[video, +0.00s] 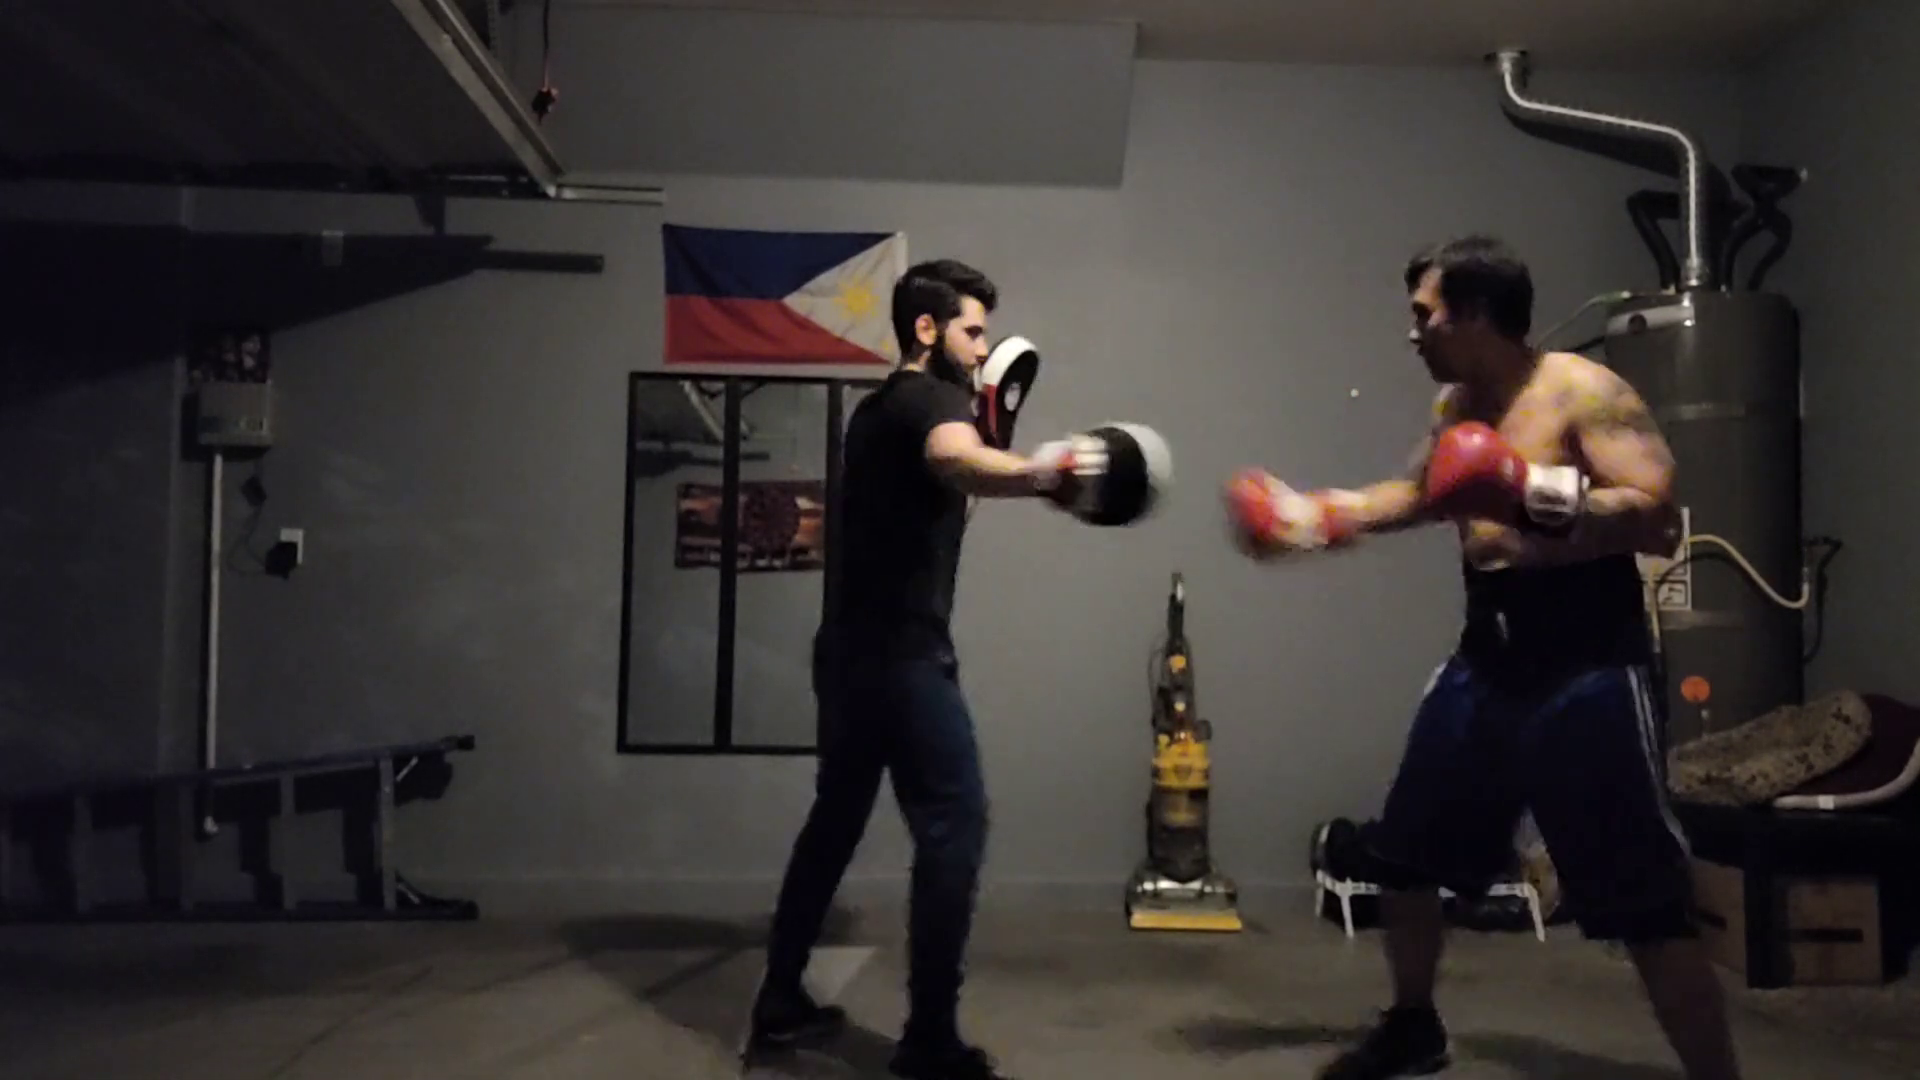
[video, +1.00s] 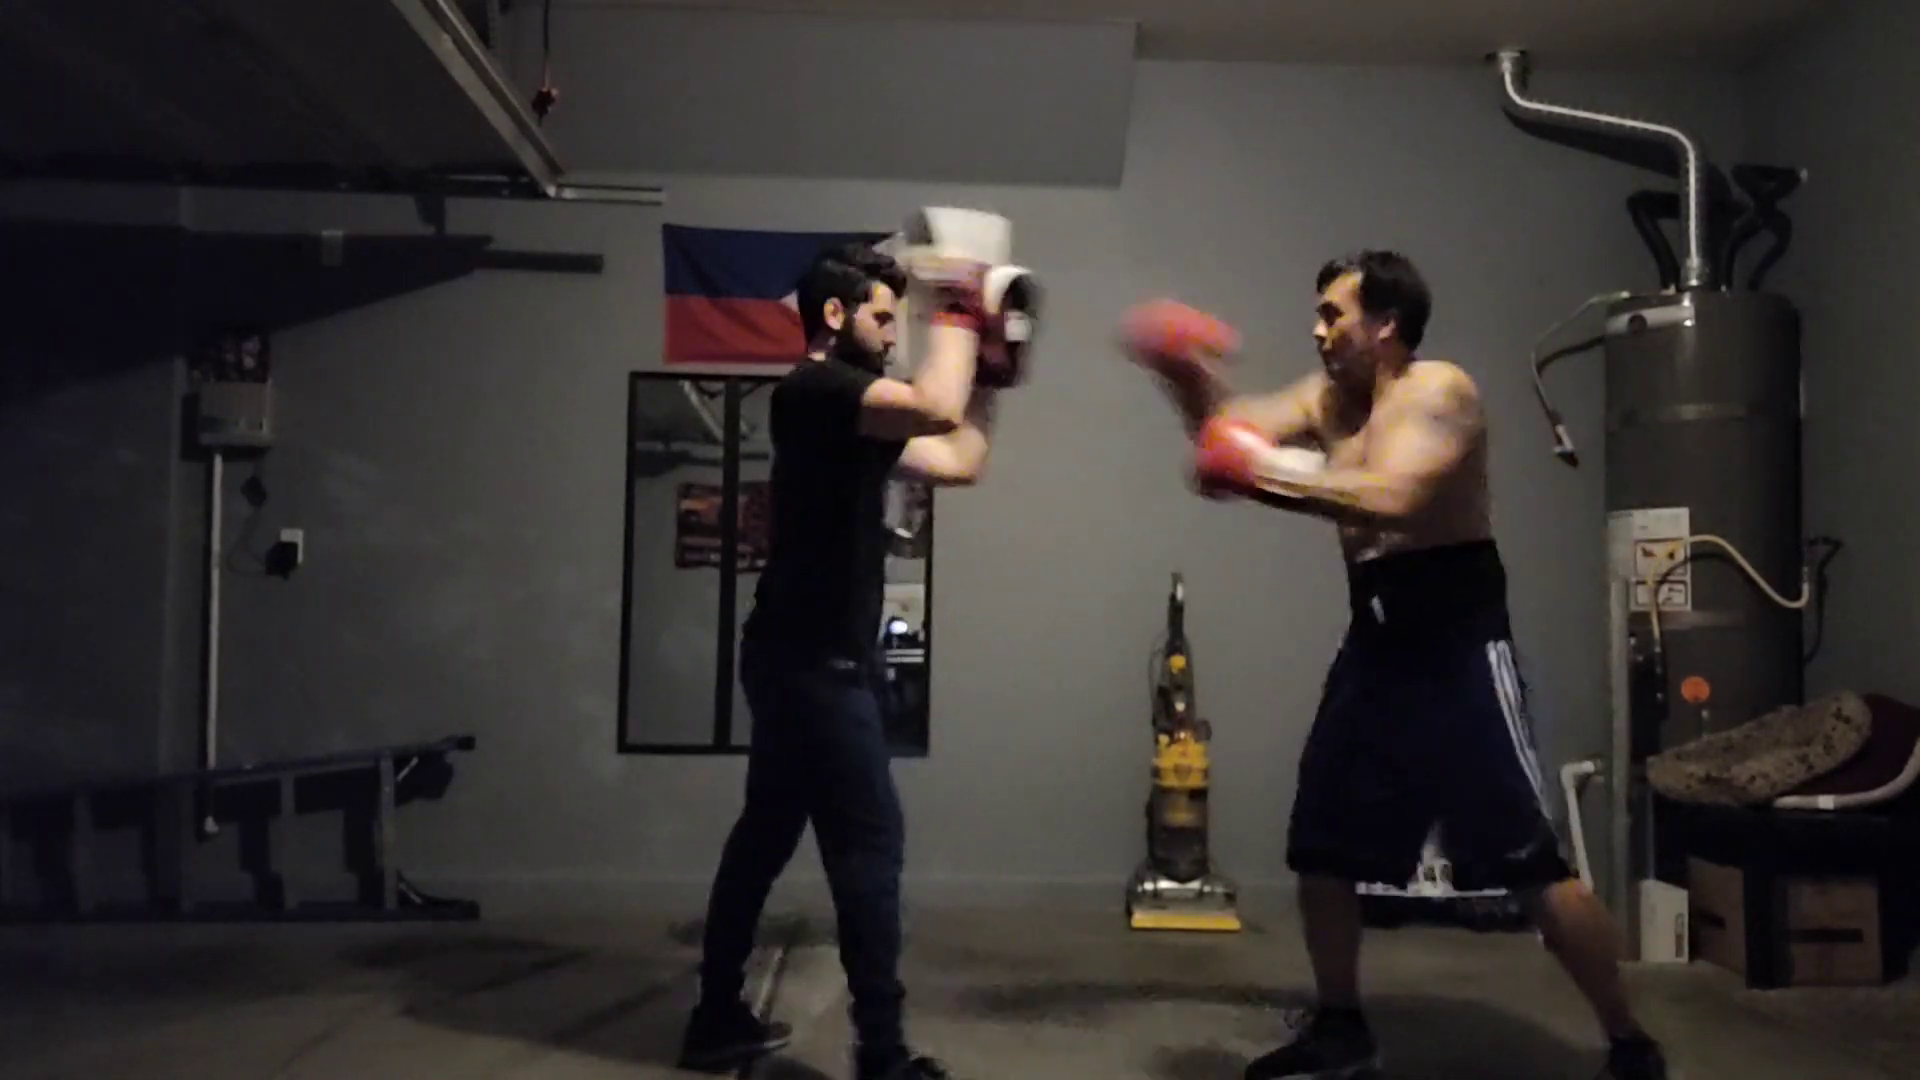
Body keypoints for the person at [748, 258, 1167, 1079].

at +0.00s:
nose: (982, 351)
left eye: (984, 337)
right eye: (973, 334)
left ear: (915, 338)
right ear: (927, 329)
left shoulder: (879, 407)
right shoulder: (929, 394)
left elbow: (926, 479)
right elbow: (956, 458)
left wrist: (979, 418)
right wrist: (1044, 473)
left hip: (851, 653)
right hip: (906, 658)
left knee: (833, 823)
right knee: (955, 827)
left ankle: (779, 997)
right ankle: (931, 1037)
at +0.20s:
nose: (977, 339)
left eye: (977, 325)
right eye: (966, 324)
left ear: (917, 329)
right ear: (917, 323)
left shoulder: (910, 407)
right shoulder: (913, 393)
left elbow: (978, 515)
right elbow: (957, 464)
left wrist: (997, 427)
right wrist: (1069, 435)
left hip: (856, 658)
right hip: (892, 664)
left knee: (826, 828)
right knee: (919, 849)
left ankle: (776, 1002)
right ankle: (909, 1048)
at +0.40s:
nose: (963, 323)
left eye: (961, 312)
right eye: (950, 309)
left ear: (930, 322)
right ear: (905, 313)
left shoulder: (953, 411)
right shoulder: (856, 401)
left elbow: (1057, 461)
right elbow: (894, 469)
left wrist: (1127, 401)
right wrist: (927, 364)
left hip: (898, 664)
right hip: (871, 666)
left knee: (810, 828)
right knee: (924, 846)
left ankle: (727, 992)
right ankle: (907, 1053)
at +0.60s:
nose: (933, 337)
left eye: (934, 321)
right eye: (922, 320)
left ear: (879, 323)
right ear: (873, 316)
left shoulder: (874, 406)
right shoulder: (868, 391)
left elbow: (981, 487)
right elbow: (994, 418)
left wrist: (999, 389)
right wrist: (1047, 350)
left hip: (846, 657)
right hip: (861, 660)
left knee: (814, 826)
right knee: (917, 844)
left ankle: (725, 1003)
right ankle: (907, 1051)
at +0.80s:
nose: (909, 338)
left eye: (910, 323)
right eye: (897, 320)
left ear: (859, 323)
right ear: (850, 317)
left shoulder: (875, 408)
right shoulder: (824, 392)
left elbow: (983, 480)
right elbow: (925, 424)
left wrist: (1017, 401)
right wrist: (979, 336)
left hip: (830, 656)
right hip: (830, 659)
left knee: (773, 832)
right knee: (885, 846)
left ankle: (717, 1013)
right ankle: (904, 1054)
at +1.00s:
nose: (893, 332)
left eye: (895, 318)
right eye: (880, 315)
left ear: (837, 320)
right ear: (832, 314)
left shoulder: (850, 405)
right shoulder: (817, 385)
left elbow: (960, 461)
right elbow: (937, 400)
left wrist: (988, 370)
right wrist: (950, 308)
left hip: (807, 656)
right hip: (816, 659)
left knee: (764, 835)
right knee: (871, 845)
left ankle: (715, 1014)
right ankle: (882, 1050)